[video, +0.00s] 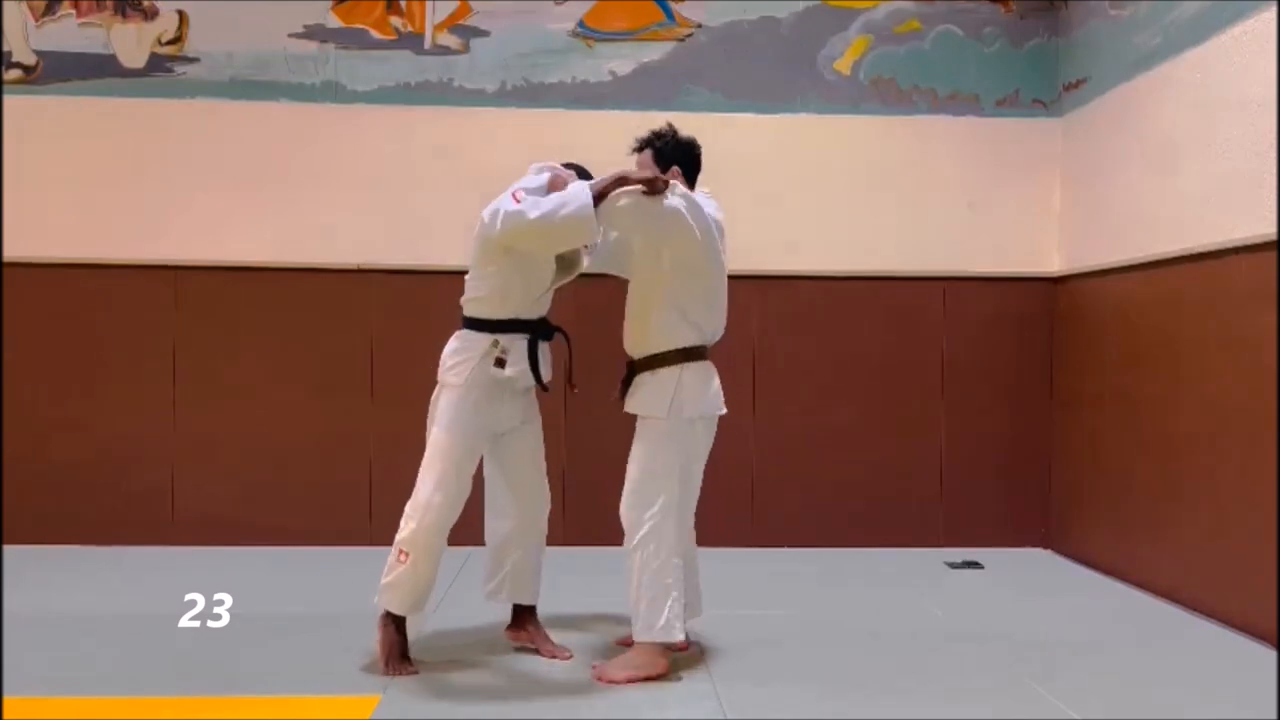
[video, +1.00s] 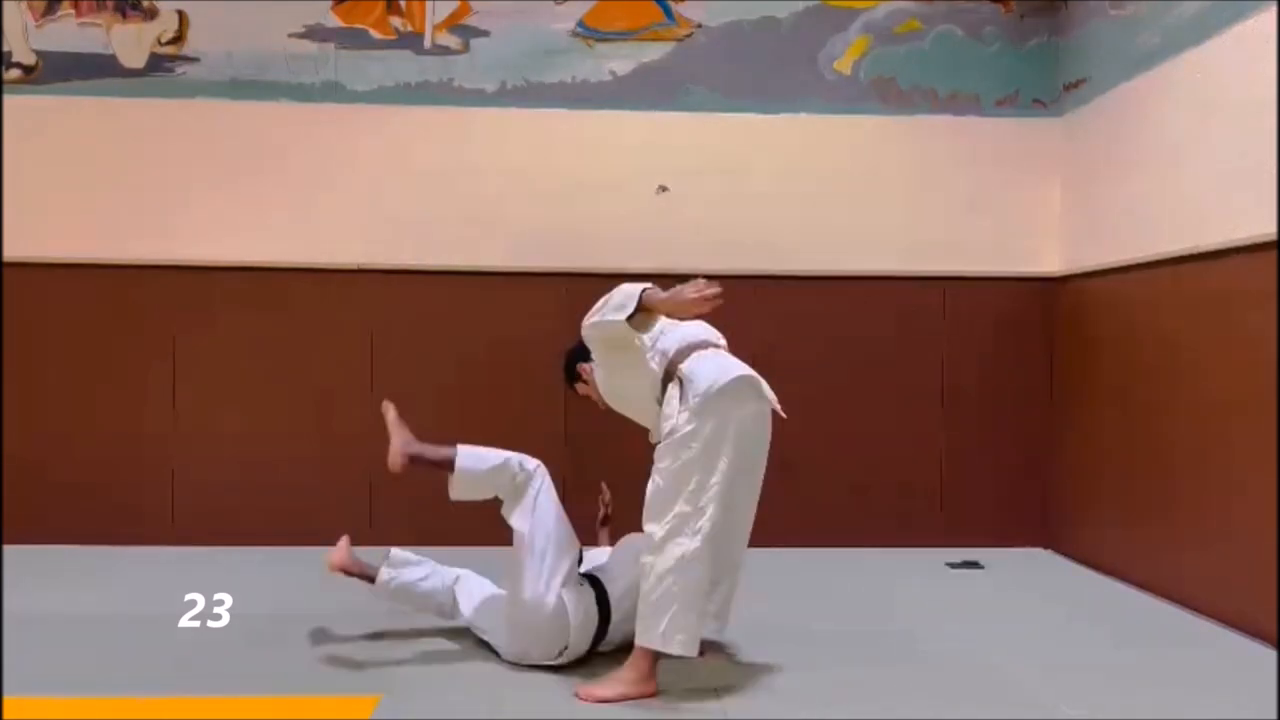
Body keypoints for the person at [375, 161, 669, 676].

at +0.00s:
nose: (576, 200)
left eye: (582, 198)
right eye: (576, 191)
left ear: (568, 192)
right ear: (557, 178)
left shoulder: (551, 237)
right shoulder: (502, 214)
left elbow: (600, 247)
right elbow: (561, 206)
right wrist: (621, 181)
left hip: (520, 377)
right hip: (474, 369)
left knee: (528, 500)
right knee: (439, 497)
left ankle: (524, 619)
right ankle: (393, 620)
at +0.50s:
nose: (590, 227)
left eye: (593, 223)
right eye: (584, 217)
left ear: (590, 223)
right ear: (563, 200)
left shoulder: (582, 254)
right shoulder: (508, 219)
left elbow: (620, 247)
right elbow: (542, 192)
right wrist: (595, 167)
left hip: (531, 385)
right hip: (477, 372)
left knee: (514, 503)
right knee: (433, 496)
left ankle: (496, 621)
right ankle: (389, 618)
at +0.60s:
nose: (570, 257)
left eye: (581, 249)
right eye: (562, 245)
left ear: (592, 252)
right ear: (543, 238)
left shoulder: (588, 303)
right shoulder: (509, 260)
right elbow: (492, 207)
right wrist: (565, 180)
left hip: (528, 414)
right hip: (474, 400)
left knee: (509, 489)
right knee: (391, 516)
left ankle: (484, 551)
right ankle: (410, 636)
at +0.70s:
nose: (564, 336)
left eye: (576, 329)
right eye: (561, 327)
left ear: (600, 334)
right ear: (553, 328)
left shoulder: (608, 375)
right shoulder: (524, 359)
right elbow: (486, 303)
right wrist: (521, 269)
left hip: (547, 467)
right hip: (490, 468)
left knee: (531, 479)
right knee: (366, 530)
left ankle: (506, 508)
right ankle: (412, 650)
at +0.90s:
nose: (625, 515)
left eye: (636, 512)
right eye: (630, 507)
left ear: (660, 522)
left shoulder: (664, 565)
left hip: (562, 631)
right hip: (517, 629)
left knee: (528, 498)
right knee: (434, 560)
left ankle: (405, 550)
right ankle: (395, 648)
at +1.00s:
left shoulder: (664, 554)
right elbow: (597, 576)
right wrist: (603, 528)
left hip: (556, 613)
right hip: (531, 646)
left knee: (531, 474)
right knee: (458, 586)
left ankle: (414, 449)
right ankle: (360, 567)